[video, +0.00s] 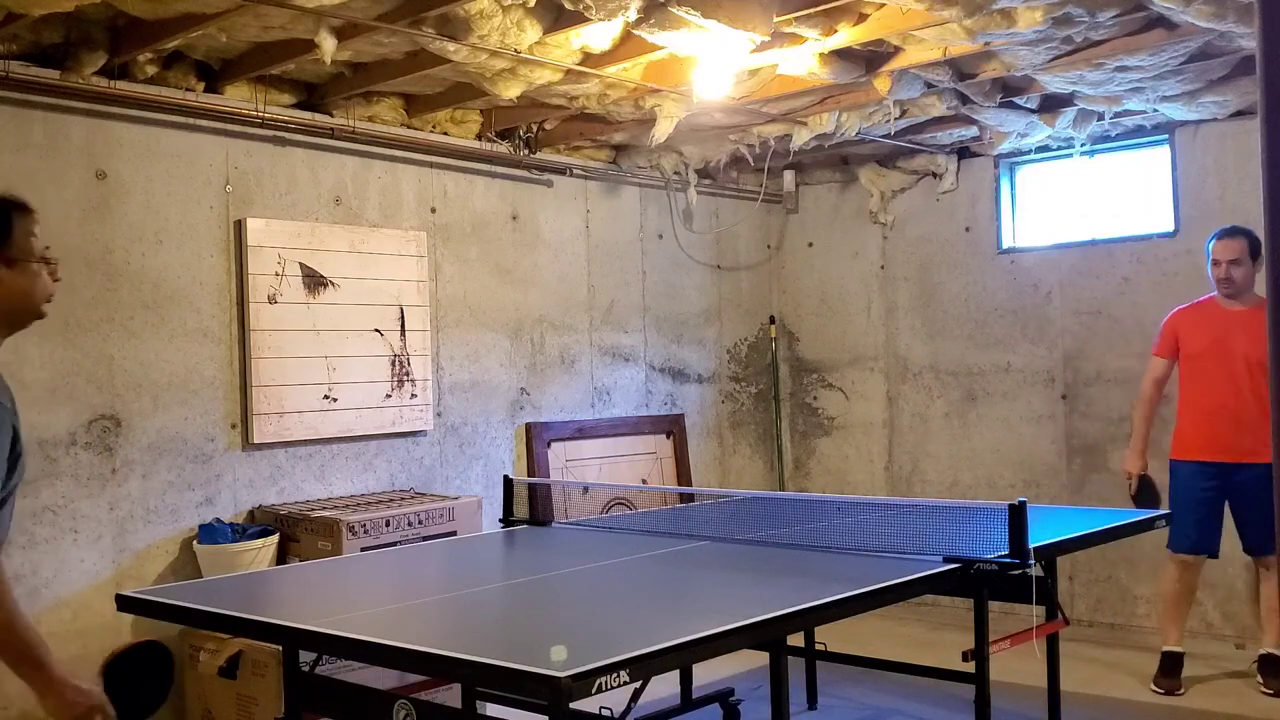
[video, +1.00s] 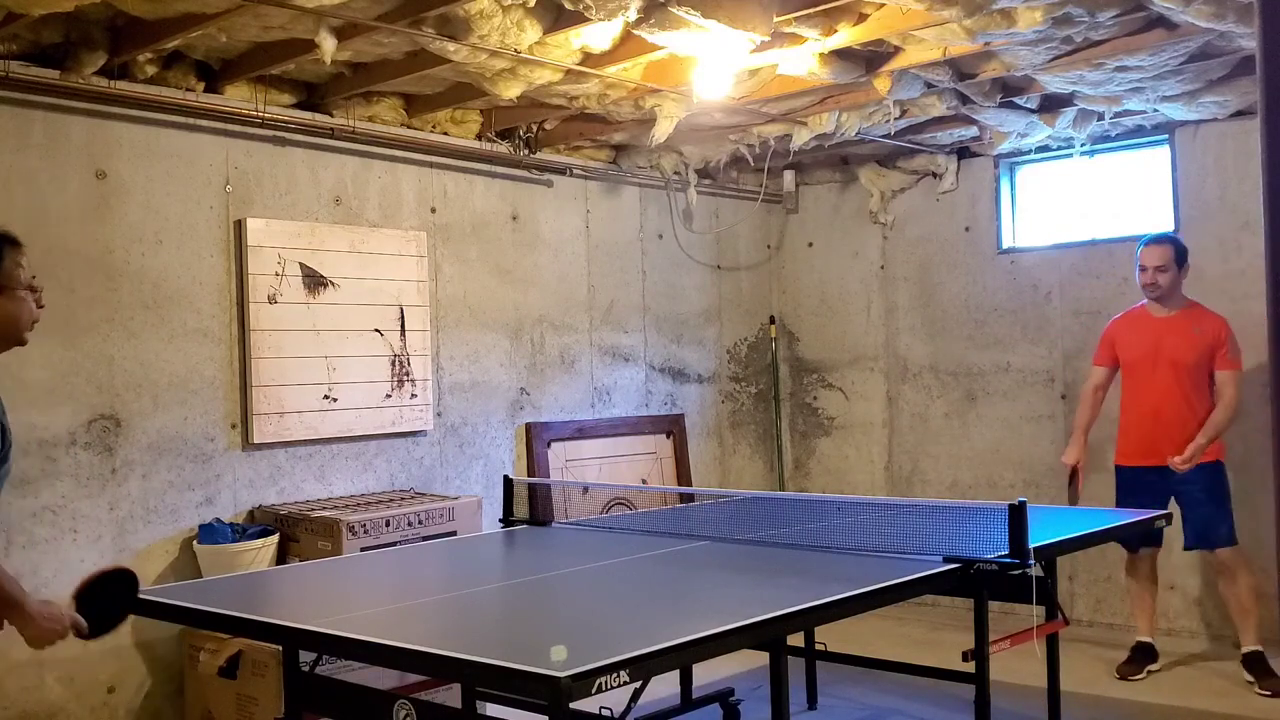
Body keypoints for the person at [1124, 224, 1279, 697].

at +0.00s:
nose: (1223, 271)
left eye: (1234, 262)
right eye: (1216, 263)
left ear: (1255, 266)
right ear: (1208, 266)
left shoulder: (1269, 317)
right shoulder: (1183, 319)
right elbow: (1152, 384)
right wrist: (1137, 448)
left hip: (1260, 461)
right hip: (1194, 460)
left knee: (1270, 559)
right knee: (1184, 556)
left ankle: (1271, 655)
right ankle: (1171, 655)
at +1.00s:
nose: (1149, 278)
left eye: (1160, 270)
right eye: (1143, 270)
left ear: (1181, 272)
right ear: (1137, 272)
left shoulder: (1212, 326)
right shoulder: (1120, 327)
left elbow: (1229, 400)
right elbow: (1095, 388)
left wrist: (1199, 443)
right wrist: (1077, 441)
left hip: (1200, 462)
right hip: (1137, 464)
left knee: (1224, 553)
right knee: (1139, 553)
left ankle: (1252, 652)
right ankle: (1144, 645)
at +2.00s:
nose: (1225, 299)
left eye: (1238, 292)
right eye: (1220, 288)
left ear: (1256, 294)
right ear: (1211, 282)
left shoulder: (1265, 339)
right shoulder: (1180, 320)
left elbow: (1267, 394)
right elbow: (1127, 372)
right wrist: (1168, 404)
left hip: (1230, 463)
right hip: (1168, 457)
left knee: (1234, 556)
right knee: (1155, 544)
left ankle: (1244, 657)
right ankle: (1155, 626)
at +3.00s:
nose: (1049, 288)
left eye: (1058, 279)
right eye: (1044, 280)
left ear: (1084, 281)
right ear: (1043, 284)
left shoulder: (1119, 332)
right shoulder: (1039, 340)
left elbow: (1147, 401)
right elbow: (1026, 401)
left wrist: (1111, 452)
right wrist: (1004, 451)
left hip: (1117, 470)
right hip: (1057, 472)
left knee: (1138, 556)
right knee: (1041, 560)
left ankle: (1175, 647)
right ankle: (1052, 643)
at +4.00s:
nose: (1023, 304)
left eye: (1032, 295)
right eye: (1016, 296)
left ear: (1053, 298)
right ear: (1012, 301)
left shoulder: (1090, 349)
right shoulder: (1008, 358)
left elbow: (1123, 411)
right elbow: (999, 417)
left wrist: (1128, 477)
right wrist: (981, 472)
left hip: (1090, 484)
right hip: (1027, 483)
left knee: (1132, 564)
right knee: (984, 554)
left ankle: (1172, 647)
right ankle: (972, 639)